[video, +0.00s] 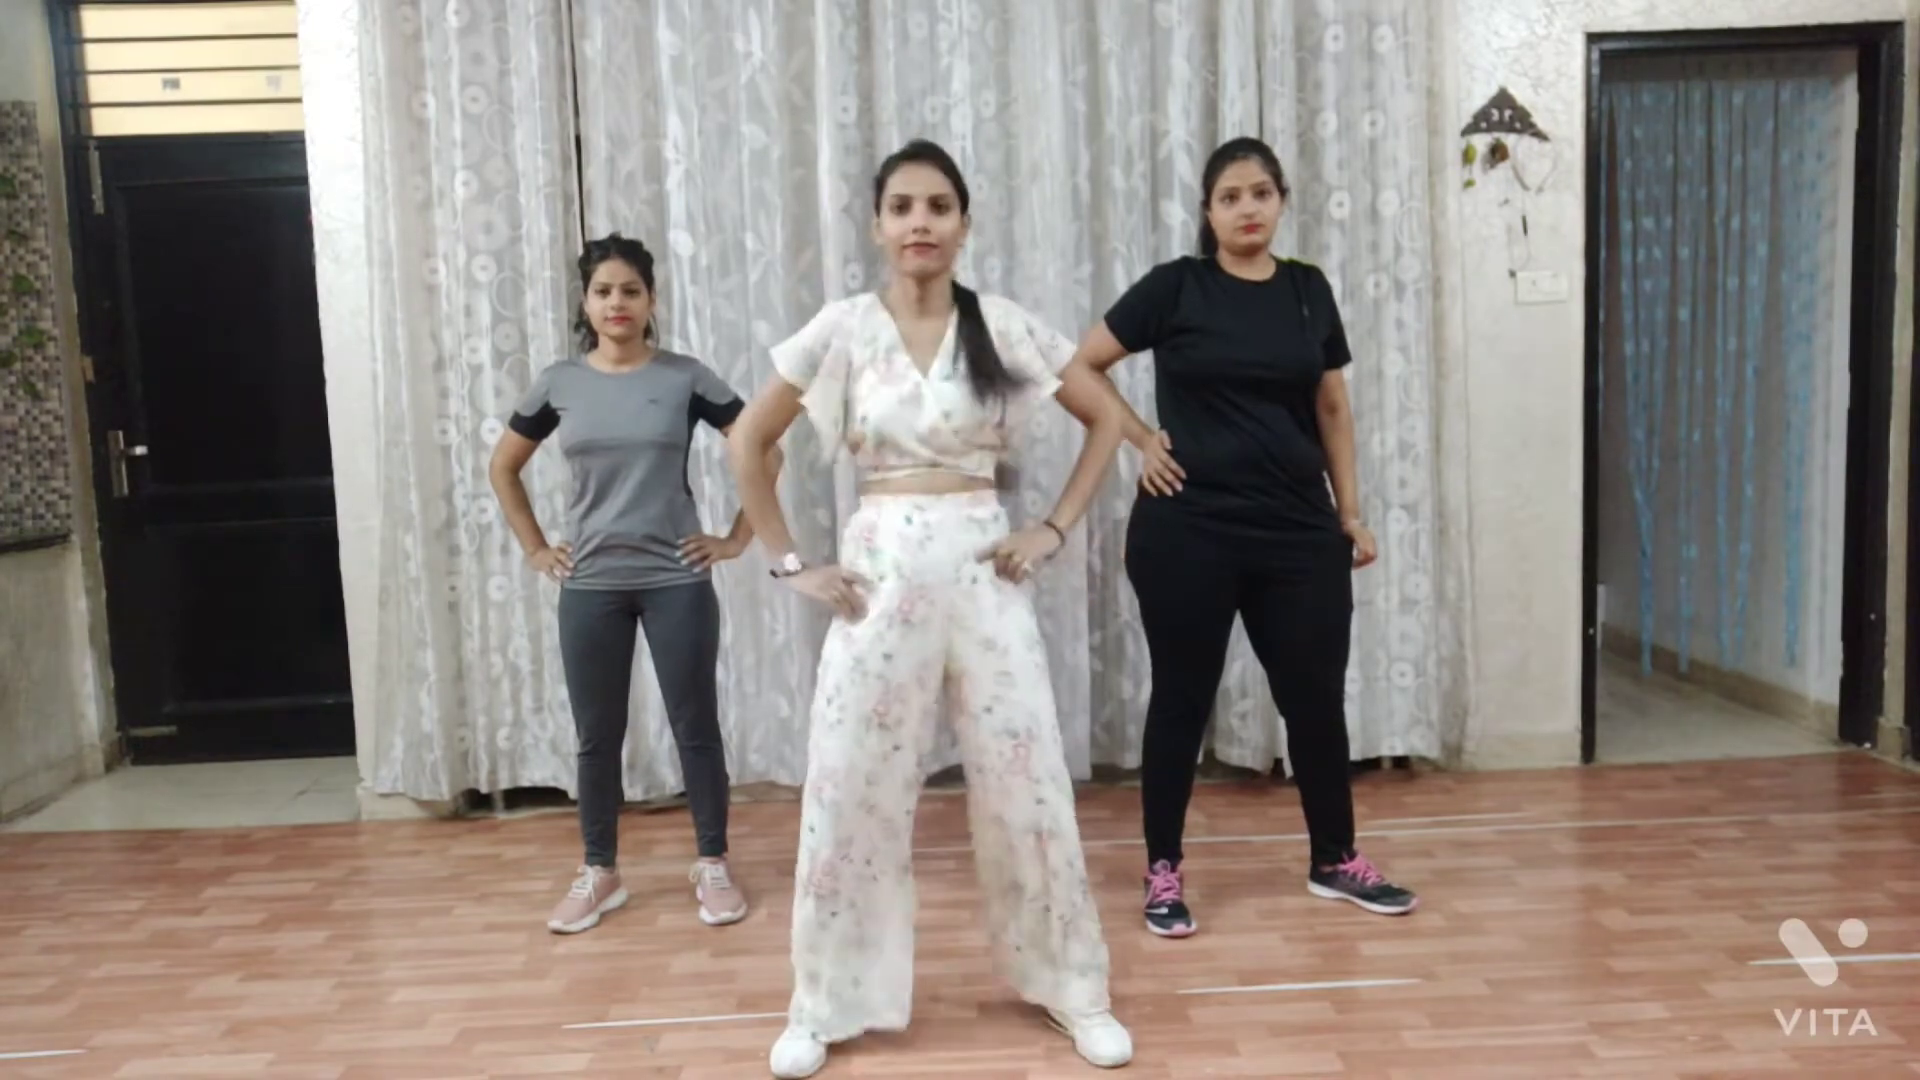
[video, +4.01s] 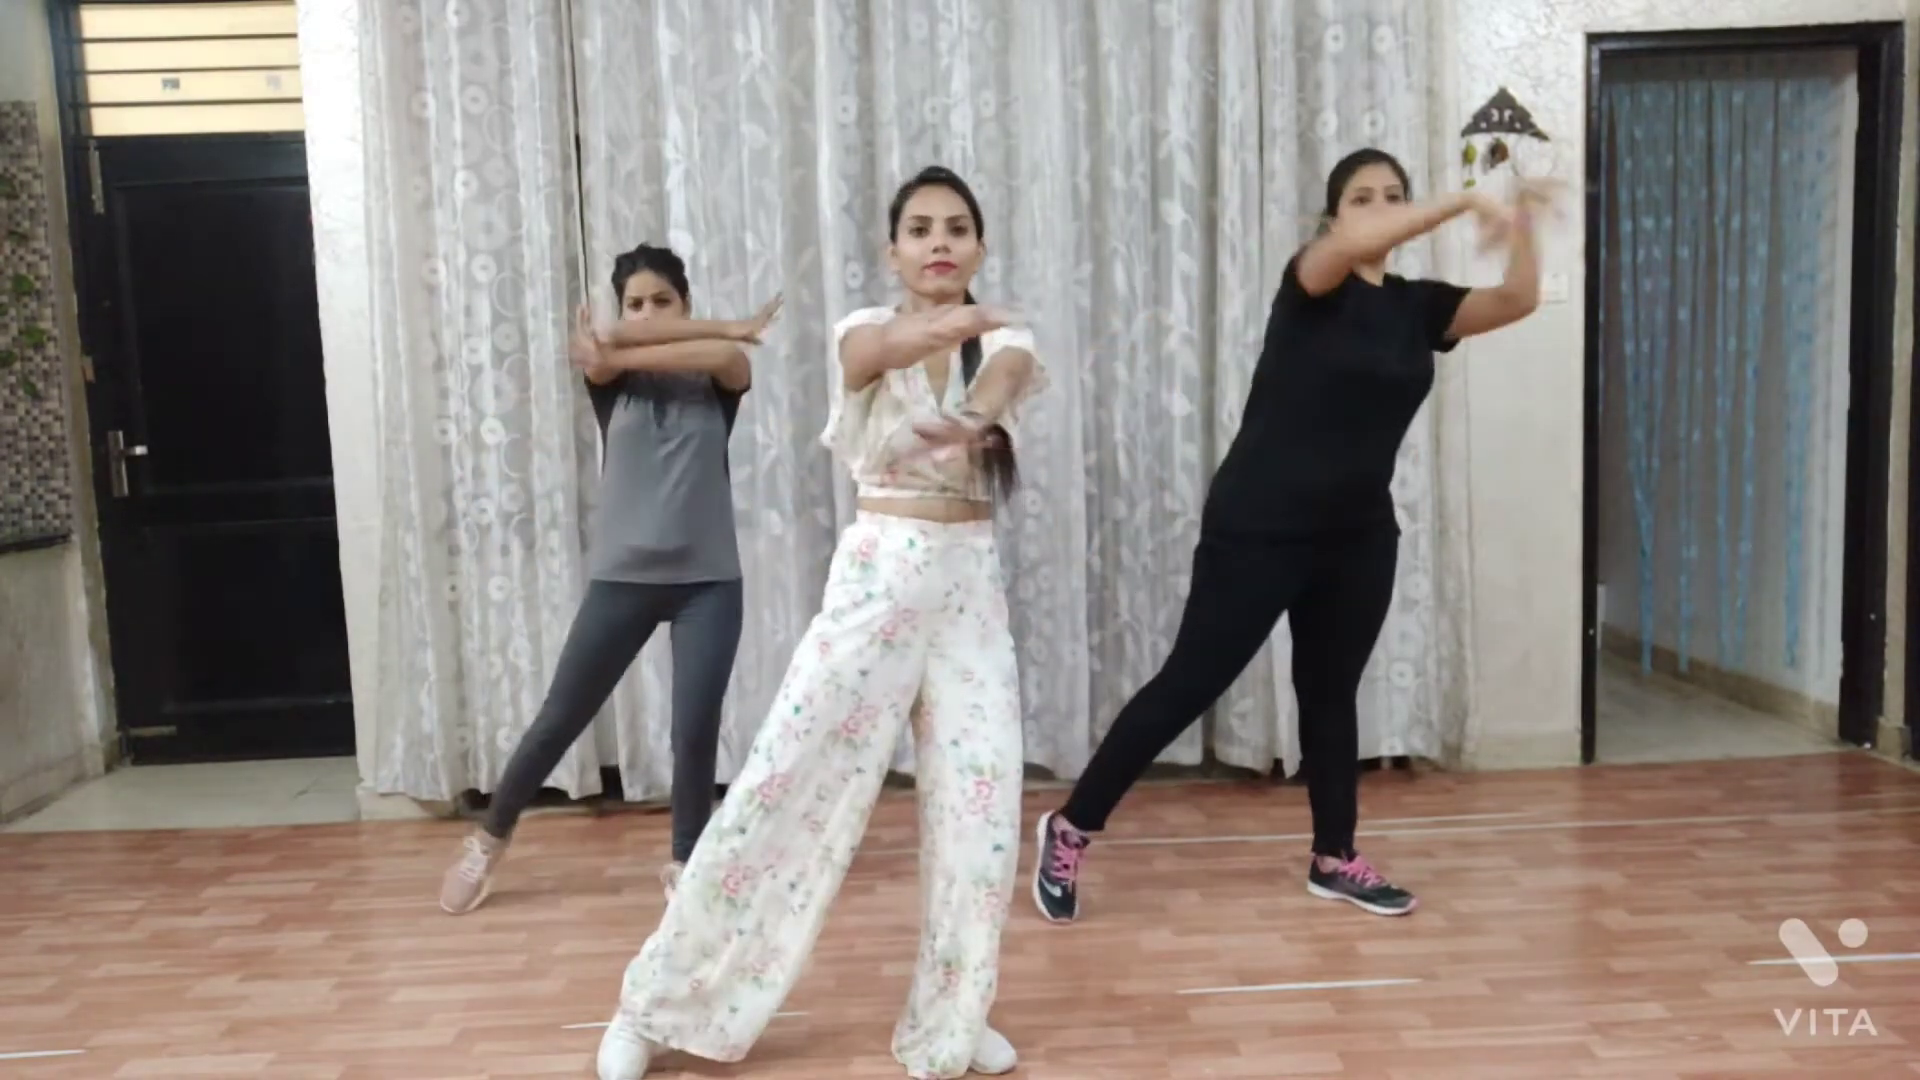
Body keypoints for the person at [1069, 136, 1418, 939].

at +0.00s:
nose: (1248, 209)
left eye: (1262, 194)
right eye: (1231, 196)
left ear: (1282, 203)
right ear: (1208, 208)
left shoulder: (1308, 289)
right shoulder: (1174, 289)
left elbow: (1334, 409)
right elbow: (1076, 371)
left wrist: (1349, 513)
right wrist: (1139, 434)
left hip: (1297, 529)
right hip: (1188, 527)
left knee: (1317, 701)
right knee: (1181, 700)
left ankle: (1336, 860)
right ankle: (1164, 870)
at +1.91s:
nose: (1249, 208)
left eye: (1263, 194)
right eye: (1233, 195)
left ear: (1283, 203)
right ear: (1209, 208)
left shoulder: (1309, 291)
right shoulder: (1174, 290)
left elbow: (1335, 410)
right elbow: (1079, 367)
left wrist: (1349, 513)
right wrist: (1141, 437)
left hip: (1297, 530)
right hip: (1189, 528)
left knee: (1317, 700)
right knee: (1180, 702)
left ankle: (1335, 861)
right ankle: (1164, 871)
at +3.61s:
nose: (1343, 190)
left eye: (1357, 180)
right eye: (1327, 181)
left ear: (1379, 204)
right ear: (1303, 206)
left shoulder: (1394, 298)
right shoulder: (1269, 283)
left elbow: (1420, 402)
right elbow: (1159, 358)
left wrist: (1450, 488)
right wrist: (1131, 462)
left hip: (1357, 527)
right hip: (1252, 522)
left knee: (1340, 695)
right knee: (1190, 689)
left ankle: (1334, 859)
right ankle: (1078, 834)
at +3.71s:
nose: (1361, 200)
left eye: (1374, 190)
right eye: (1344, 191)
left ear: (1392, 212)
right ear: (1317, 213)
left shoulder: (1405, 307)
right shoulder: (1284, 278)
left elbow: (1485, 375)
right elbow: (1176, 314)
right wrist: (1152, 404)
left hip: (1358, 528)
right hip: (1256, 520)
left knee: (1336, 692)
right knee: (1195, 689)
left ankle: (1335, 856)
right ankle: (1079, 836)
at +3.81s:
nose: (1370, 204)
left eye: (1383, 194)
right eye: (1353, 194)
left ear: (1397, 215)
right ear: (1323, 214)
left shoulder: (1412, 306)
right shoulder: (1292, 270)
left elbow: (1511, 335)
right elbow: (1229, 278)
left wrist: (1611, 349)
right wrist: (1241, 331)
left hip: (1357, 527)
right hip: (1260, 517)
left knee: (1335, 691)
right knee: (1195, 687)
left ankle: (1335, 856)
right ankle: (1077, 831)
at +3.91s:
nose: (1374, 209)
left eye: (1386, 198)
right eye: (1357, 198)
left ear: (1399, 215)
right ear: (1325, 216)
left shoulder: (1414, 301)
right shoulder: (1296, 269)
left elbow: (1521, 309)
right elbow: (1270, 255)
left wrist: (1617, 296)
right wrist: (1337, 282)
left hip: (1356, 530)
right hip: (1257, 520)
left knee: (1333, 694)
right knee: (1195, 684)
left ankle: (1335, 857)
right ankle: (1075, 831)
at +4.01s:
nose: (1379, 209)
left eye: (1393, 200)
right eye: (1363, 199)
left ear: (1413, 217)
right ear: (1333, 221)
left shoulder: (1417, 306)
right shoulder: (1311, 282)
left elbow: (1519, 299)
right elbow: (1349, 243)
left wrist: (1522, 224)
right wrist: (1467, 204)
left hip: (1356, 532)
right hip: (1259, 522)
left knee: (1330, 695)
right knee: (1188, 685)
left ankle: (1334, 857)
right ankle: (1069, 831)